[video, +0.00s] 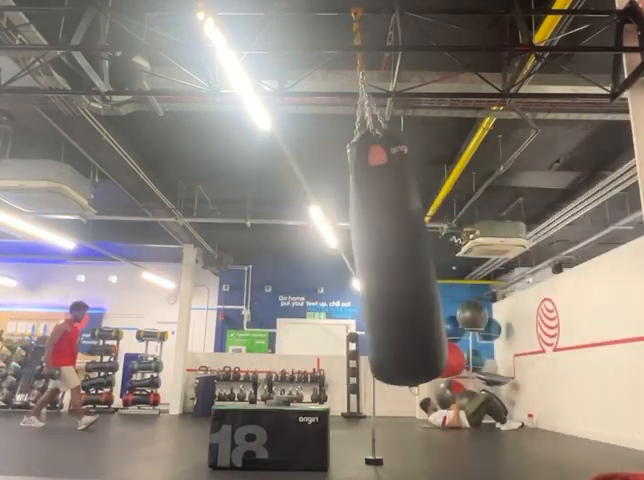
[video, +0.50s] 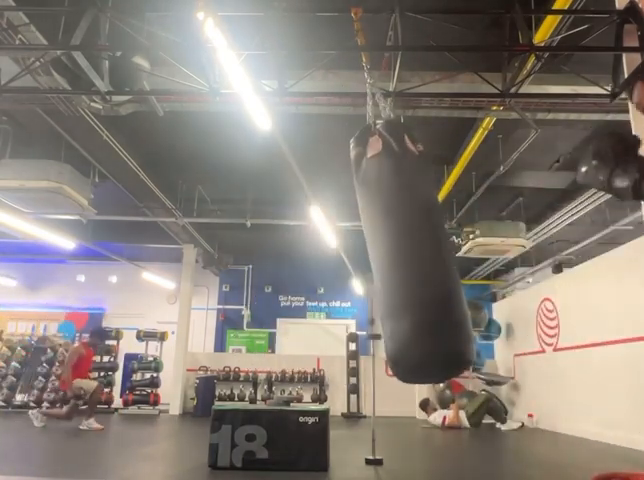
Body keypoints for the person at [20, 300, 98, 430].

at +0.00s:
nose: (83, 315)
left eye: (84, 312)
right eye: (82, 312)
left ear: (81, 313)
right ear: (74, 311)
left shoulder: (76, 328)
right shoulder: (62, 326)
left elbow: (71, 347)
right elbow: (49, 344)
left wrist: (73, 365)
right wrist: (48, 365)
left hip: (68, 364)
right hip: (61, 364)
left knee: (52, 391)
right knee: (75, 387)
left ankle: (31, 416)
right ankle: (81, 418)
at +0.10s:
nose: (90, 321)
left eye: (91, 318)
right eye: (89, 318)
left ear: (84, 318)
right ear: (81, 316)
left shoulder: (80, 331)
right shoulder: (69, 330)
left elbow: (76, 349)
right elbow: (57, 349)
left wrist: (78, 366)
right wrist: (53, 369)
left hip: (74, 365)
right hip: (66, 365)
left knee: (61, 395)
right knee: (84, 386)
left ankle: (33, 414)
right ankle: (86, 419)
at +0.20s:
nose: (94, 327)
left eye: (95, 324)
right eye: (93, 323)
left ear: (91, 323)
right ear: (86, 322)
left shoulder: (85, 337)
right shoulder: (72, 336)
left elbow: (80, 356)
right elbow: (60, 354)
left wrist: (82, 370)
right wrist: (59, 374)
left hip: (78, 369)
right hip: (69, 368)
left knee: (64, 402)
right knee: (91, 386)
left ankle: (34, 414)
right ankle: (87, 420)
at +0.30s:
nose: (97, 332)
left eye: (98, 329)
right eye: (95, 328)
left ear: (96, 328)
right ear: (88, 327)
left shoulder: (87, 341)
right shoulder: (74, 340)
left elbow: (83, 359)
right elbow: (65, 359)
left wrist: (85, 372)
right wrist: (63, 378)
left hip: (79, 372)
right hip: (70, 371)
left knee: (65, 405)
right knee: (93, 386)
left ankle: (34, 413)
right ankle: (88, 420)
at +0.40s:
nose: (98, 338)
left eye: (99, 335)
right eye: (97, 335)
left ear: (96, 334)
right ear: (92, 332)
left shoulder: (89, 346)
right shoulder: (78, 345)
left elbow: (83, 364)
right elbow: (66, 362)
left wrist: (87, 375)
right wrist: (66, 381)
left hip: (82, 377)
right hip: (73, 377)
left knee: (66, 410)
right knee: (95, 388)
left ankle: (37, 413)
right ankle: (89, 420)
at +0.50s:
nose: (100, 343)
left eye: (101, 341)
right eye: (99, 340)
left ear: (99, 341)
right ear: (93, 337)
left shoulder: (90, 351)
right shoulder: (78, 349)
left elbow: (84, 370)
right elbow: (68, 366)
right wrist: (69, 388)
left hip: (82, 381)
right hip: (73, 381)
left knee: (67, 414)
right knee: (97, 388)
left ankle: (39, 412)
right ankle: (89, 420)